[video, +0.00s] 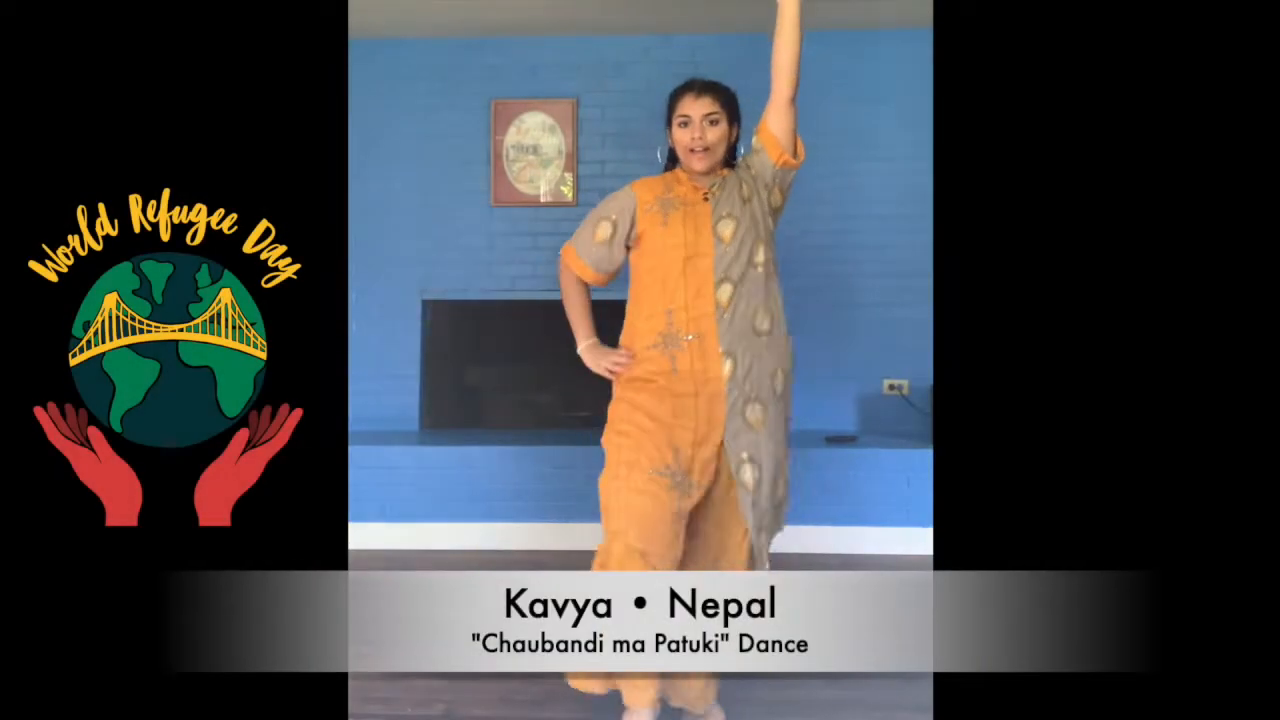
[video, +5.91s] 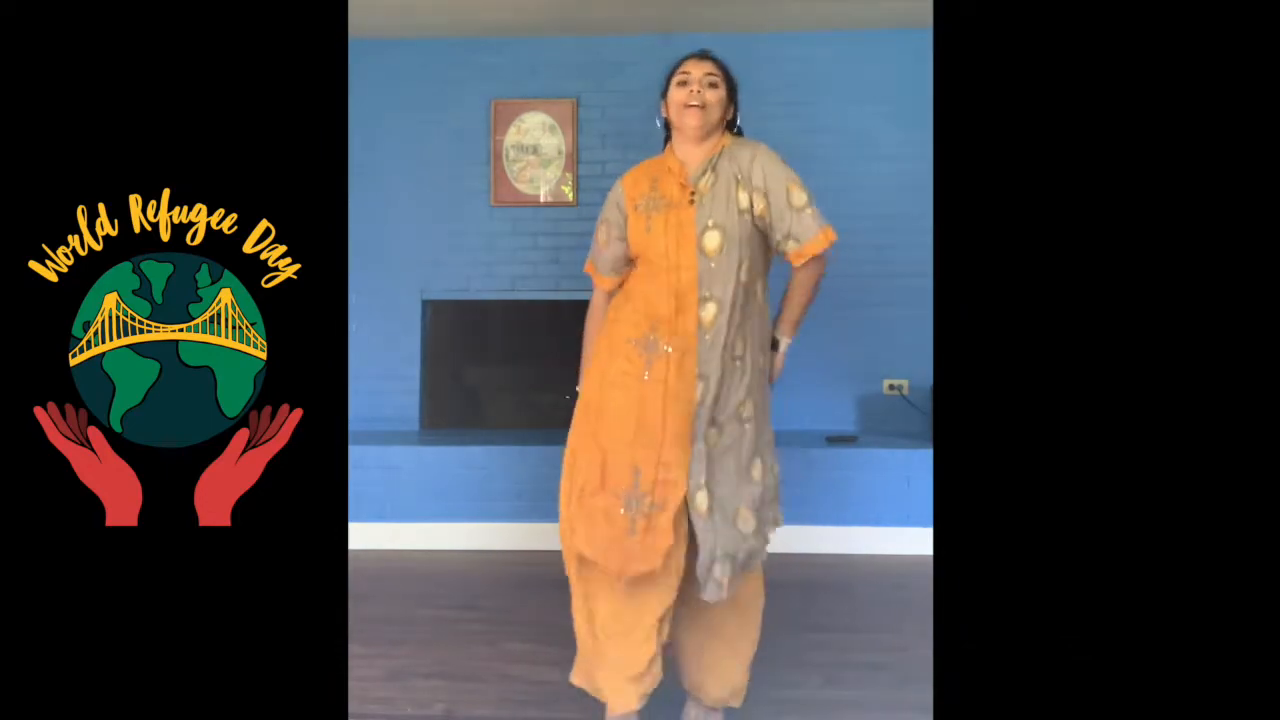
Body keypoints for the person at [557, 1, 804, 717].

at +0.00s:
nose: (697, 133)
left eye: (710, 120)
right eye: (684, 122)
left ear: (732, 132)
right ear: (669, 134)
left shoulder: (754, 190)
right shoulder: (640, 200)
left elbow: (784, 90)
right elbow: (574, 263)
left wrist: (789, 2)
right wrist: (588, 343)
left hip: (738, 401)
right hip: (651, 400)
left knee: (720, 558)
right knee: (642, 552)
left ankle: (695, 698)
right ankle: (640, 703)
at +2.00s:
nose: (686, 121)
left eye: (700, 109)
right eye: (673, 110)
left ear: (720, 120)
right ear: (656, 121)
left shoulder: (745, 180)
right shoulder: (631, 193)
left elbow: (796, 88)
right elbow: (565, 262)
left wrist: (827, 2)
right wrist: (583, 344)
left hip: (728, 387)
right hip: (646, 388)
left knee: (717, 541)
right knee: (628, 540)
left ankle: (705, 691)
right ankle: (619, 700)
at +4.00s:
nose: (689, 117)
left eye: (702, 105)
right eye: (675, 107)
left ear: (723, 117)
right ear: (660, 121)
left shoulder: (751, 179)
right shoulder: (634, 194)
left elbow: (803, 91)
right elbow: (566, 258)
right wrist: (579, 332)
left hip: (731, 391)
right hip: (643, 390)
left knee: (729, 551)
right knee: (634, 552)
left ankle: (704, 701)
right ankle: (630, 705)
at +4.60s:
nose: (679, 101)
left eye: (693, 90)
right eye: (666, 91)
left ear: (714, 106)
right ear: (649, 107)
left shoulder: (744, 167)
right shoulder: (618, 181)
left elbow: (847, 176)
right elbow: (555, 226)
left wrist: (784, 191)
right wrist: (538, 241)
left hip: (720, 383)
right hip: (634, 386)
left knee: (719, 536)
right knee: (630, 536)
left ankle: (704, 697)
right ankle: (627, 699)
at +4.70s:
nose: (682, 103)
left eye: (696, 92)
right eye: (669, 93)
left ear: (718, 106)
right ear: (652, 108)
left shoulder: (747, 180)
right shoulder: (617, 184)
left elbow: (823, 257)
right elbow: (554, 255)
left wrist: (769, 241)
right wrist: (575, 274)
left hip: (719, 381)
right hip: (633, 382)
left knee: (717, 526)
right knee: (633, 528)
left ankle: (703, 690)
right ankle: (628, 692)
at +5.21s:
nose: (693, 103)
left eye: (708, 93)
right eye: (681, 93)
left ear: (731, 107)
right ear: (664, 109)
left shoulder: (757, 169)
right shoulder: (635, 181)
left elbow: (759, 272)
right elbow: (619, 264)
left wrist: (745, 345)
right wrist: (607, 315)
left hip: (717, 383)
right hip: (636, 380)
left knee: (716, 540)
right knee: (642, 541)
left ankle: (714, 674)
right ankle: (650, 696)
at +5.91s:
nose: (695, 90)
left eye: (710, 83)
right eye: (683, 82)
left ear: (729, 105)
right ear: (664, 104)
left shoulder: (755, 165)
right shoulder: (633, 186)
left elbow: (812, 252)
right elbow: (603, 290)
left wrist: (780, 339)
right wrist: (589, 379)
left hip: (724, 377)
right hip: (636, 375)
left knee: (722, 527)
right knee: (629, 529)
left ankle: (712, 692)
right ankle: (623, 693)